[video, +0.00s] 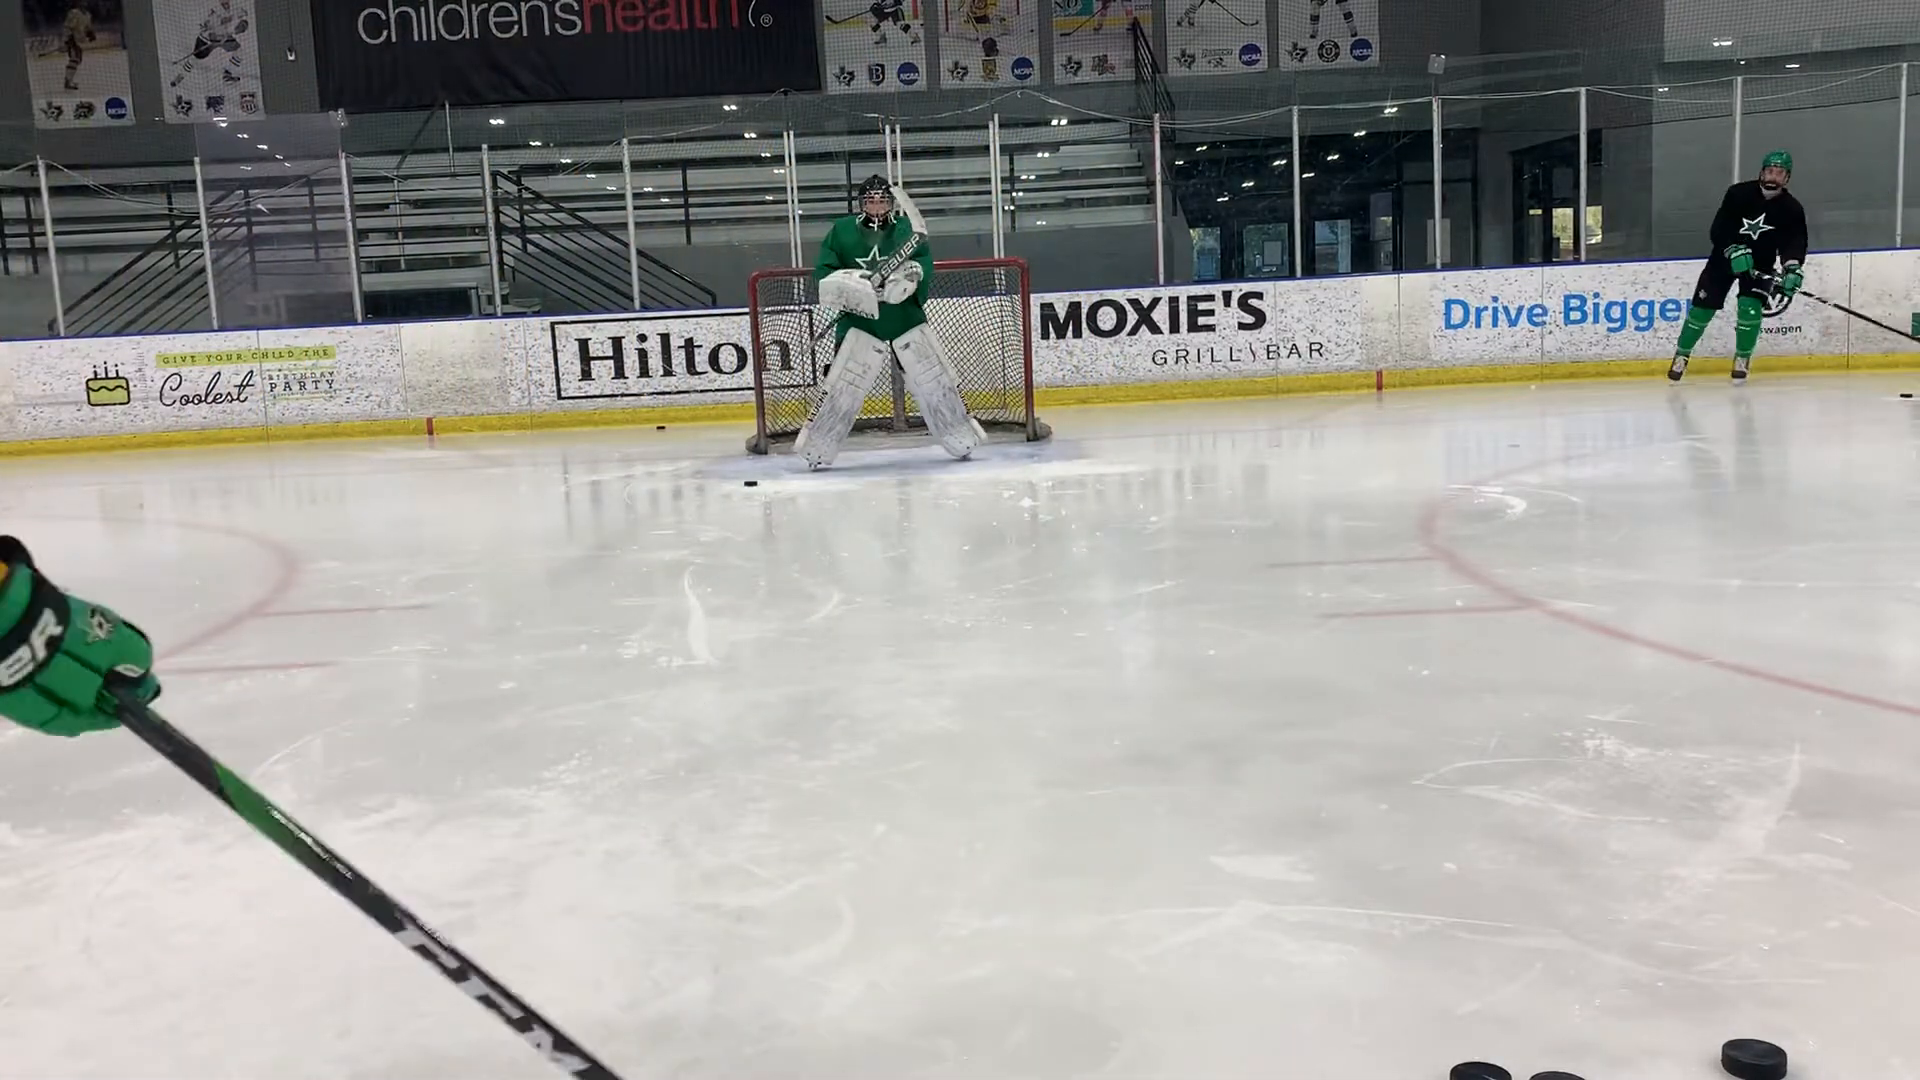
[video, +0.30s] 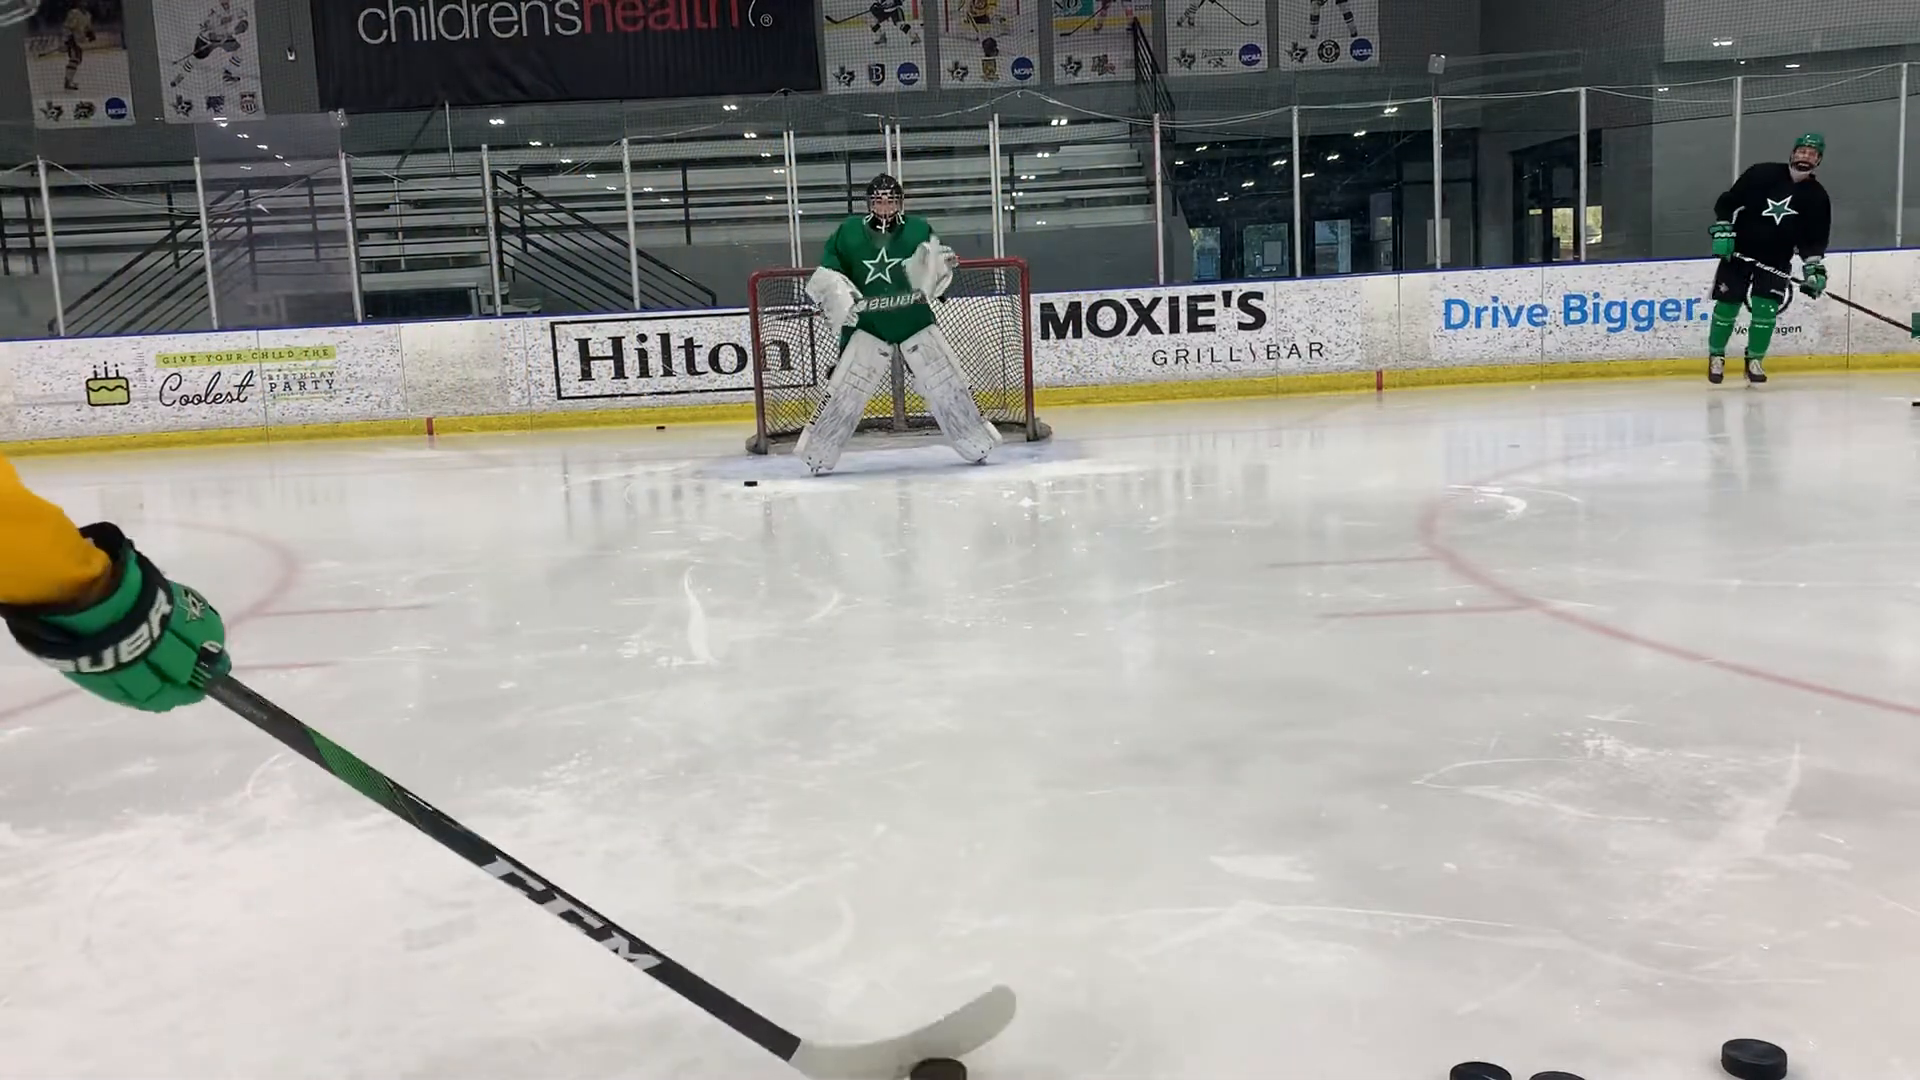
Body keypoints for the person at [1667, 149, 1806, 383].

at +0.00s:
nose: (1772, 176)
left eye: (1779, 172)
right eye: (1769, 170)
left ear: (1786, 177)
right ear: (1762, 172)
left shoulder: (1792, 208)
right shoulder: (1738, 193)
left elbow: (1795, 244)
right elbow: (1718, 230)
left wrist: (1792, 270)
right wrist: (1732, 250)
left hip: (1761, 262)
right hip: (1727, 255)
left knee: (1749, 308)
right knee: (1703, 306)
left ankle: (1742, 358)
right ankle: (1682, 355)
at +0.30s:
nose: (1805, 157)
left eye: (1812, 154)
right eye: (1801, 151)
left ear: (1818, 161)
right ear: (1793, 153)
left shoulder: (1817, 197)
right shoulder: (1762, 174)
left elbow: (1814, 238)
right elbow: (1727, 202)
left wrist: (1814, 268)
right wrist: (1722, 229)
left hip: (1776, 257)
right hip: (1741, 249)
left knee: (1766, 309)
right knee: (1727, 304)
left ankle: (1754, 360)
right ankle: (1716, 355)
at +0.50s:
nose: (1822, 149)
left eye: (1828, 145)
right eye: (1818, 143)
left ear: (1834, 151)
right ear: (1807, 145)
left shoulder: (1836, 188)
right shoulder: (1777, 168)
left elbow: (1831, 229)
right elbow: (1746, 196)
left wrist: (1821, 260)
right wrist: (1734, 219)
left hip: (1799, 259)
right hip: (1762, 251)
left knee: (1787, 312)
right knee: (1753, 306)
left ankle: (1772, 362)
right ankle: (1746, 361)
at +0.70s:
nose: (1839, 142)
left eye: (1845, 138)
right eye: (1835, 137)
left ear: (1853, 145)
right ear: (1824, 142)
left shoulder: (1858, 182)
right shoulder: (1798, 167)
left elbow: (1857, 221)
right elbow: (1765, 195)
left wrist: (1849, 249)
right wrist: (1752, 221)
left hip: (1828, 256)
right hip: (1792, 250)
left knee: (1815, 312)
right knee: (1793, 305)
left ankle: (1797, 366)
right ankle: (1789, 362)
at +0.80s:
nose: (1852, 139)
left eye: (1857, 135)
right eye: (1847, 134)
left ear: (1864, 141)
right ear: (1836, 139)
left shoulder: (1872, 178)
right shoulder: (1810, 166)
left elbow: (1873, 215)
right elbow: (1779, 198)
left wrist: (1867, 241)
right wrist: (1766, 228)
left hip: (1844, 253)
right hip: (1809, 249)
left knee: (1831, 309)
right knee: (1814, 303)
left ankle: (1807, 363)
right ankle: (1815, 358)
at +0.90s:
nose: (1865, 135)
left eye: (1870, 131)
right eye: (1859, 131)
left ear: (1877, 137)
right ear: (1848, 136)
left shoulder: (1886, 174)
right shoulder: (1822, 165)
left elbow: (1891, 209)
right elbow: (1797, 201)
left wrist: (1889, 232)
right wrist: (1785, 234)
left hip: (1863, 249)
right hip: (1826, 247)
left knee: (1847, 307)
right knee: (1838, 301)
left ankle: (1824, 364)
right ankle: (1845, 355)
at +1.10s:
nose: (1893, 129)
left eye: (1898, 125)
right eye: (1887, 126)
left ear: (1905, 129)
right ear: (1877, 132)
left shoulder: (1914, 162)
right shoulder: (1857, 161)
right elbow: (1834, 200)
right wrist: (1827, 237)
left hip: (1902, 245)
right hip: (1868, 245)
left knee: (1883, 306)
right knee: (1882, 305)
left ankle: (1864, 366)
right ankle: (1887, 368)